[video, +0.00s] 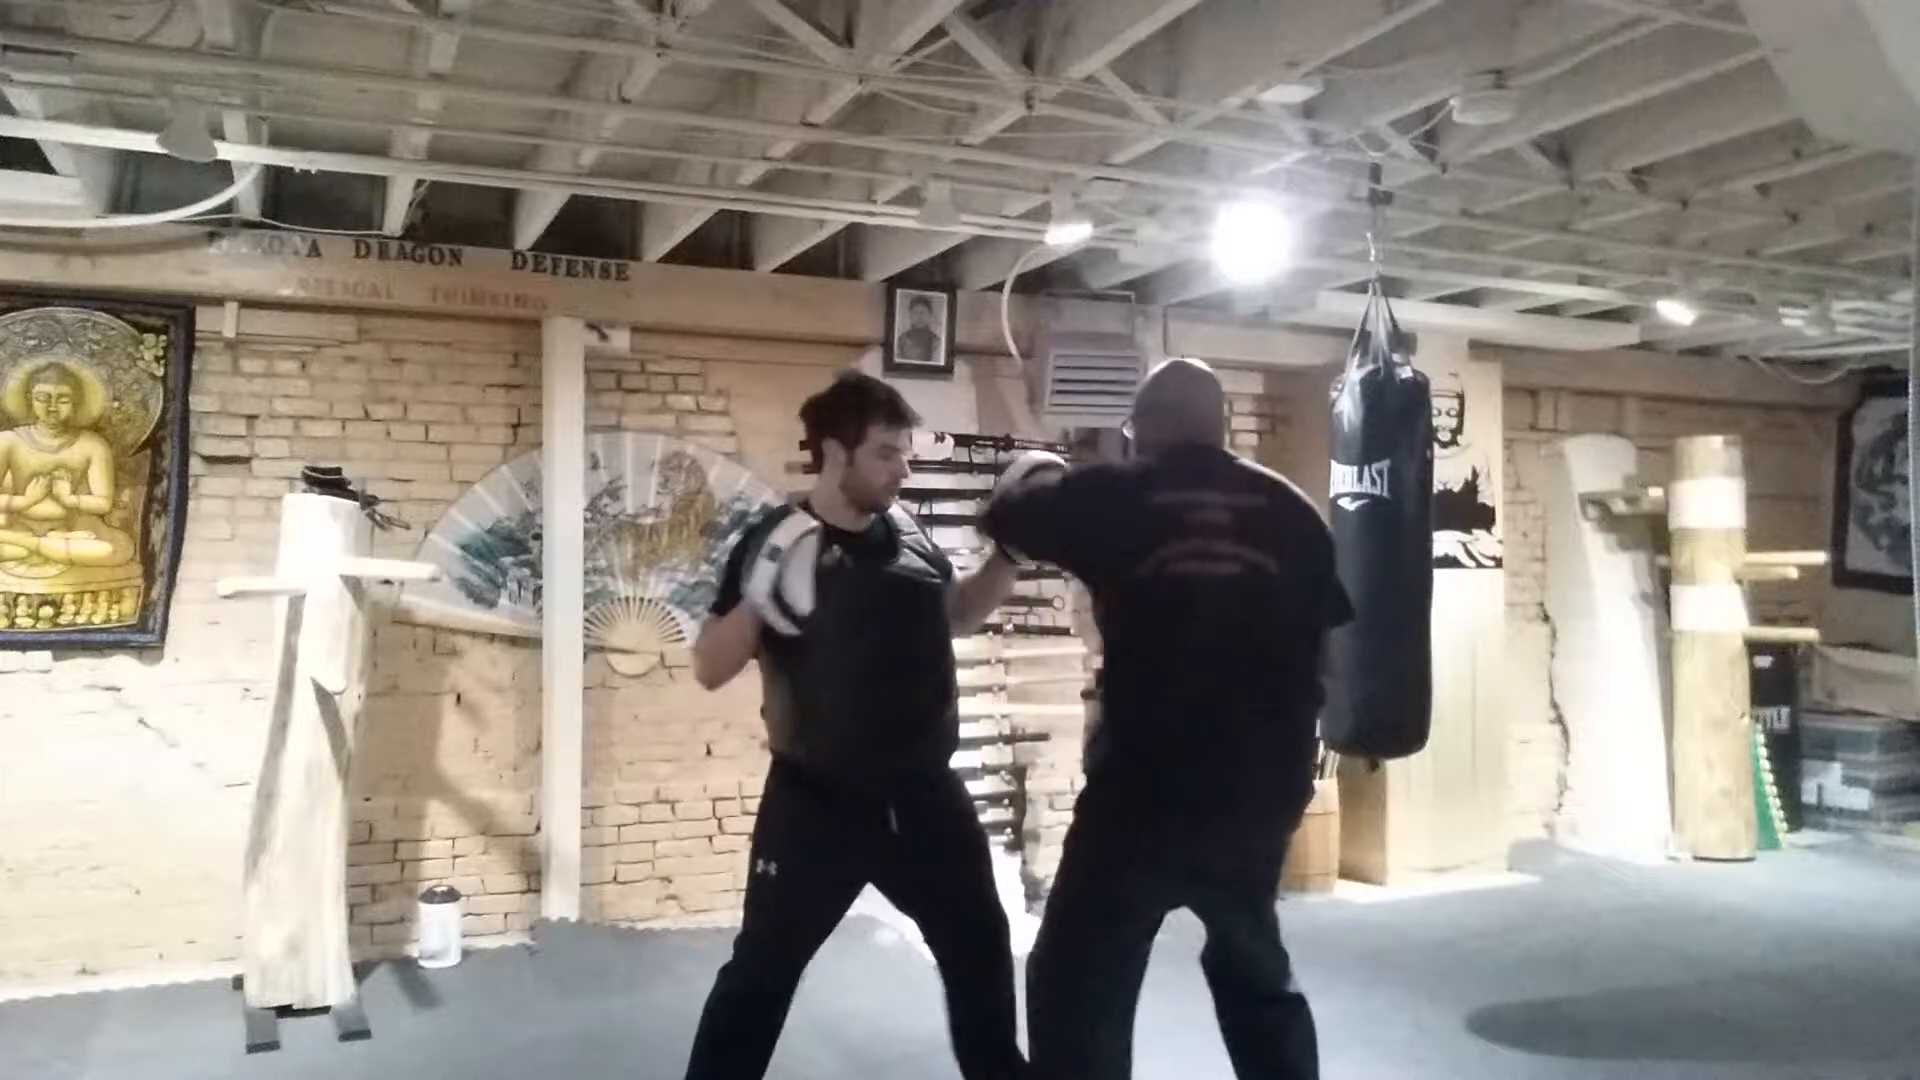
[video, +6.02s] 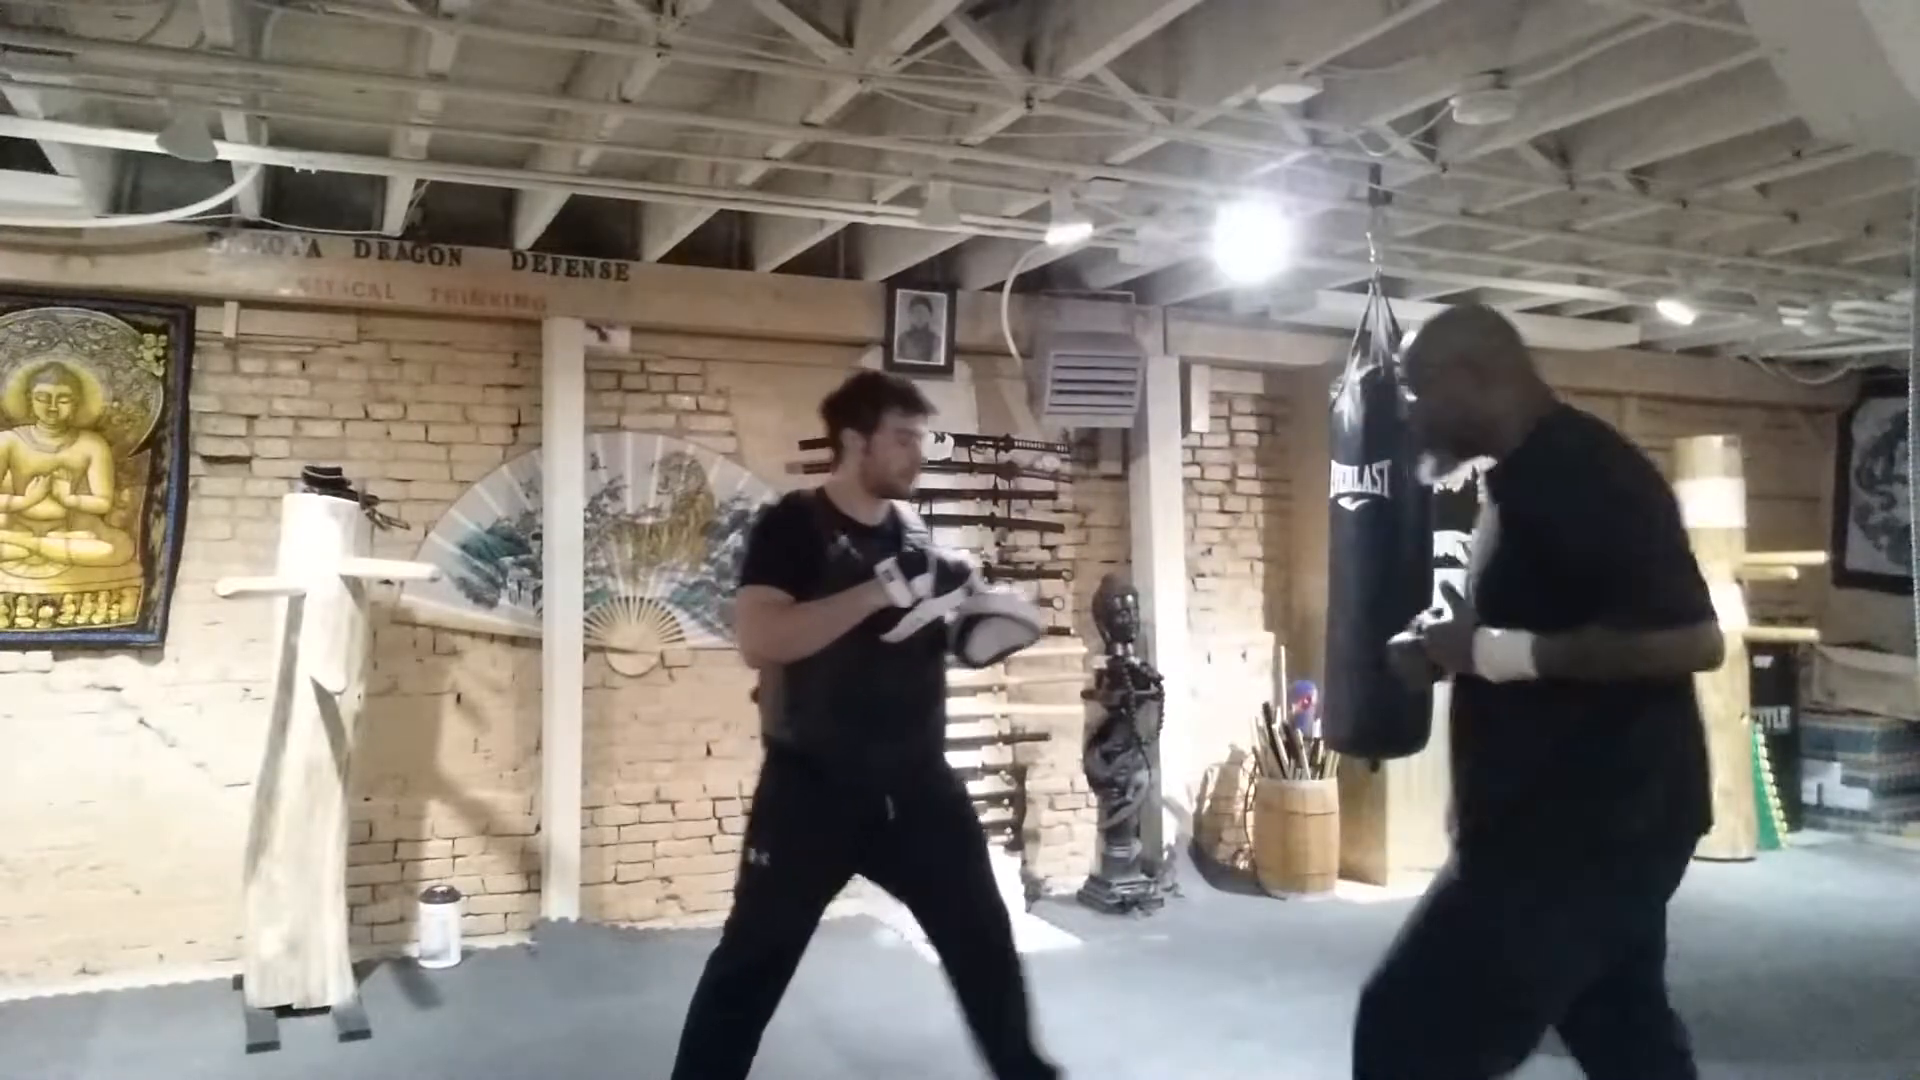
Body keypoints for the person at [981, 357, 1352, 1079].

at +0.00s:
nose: (1136, 435)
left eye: (1136, 425)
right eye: (1143, 427)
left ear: (1139, 430)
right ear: (1222, 425)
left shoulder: (1117, 495)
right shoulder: (1292, 509)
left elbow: (1010, 515)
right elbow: (1321, 635)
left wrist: (1039, 461)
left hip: (1143, 785)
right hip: (1262, 784)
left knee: (1075, 982)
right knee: (1252, 964)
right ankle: (1289, 1079)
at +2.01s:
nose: (1239, 424)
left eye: (1247, 407)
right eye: (1240, 407)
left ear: (1281, 408)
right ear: (1340, 404)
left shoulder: (1259, 488)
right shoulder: (1429, 491)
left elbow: (1114, 540)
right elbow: (1479, 627)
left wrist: (1051, 467)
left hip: (1306, 803)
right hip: (1428, 798)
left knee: (1189, 1018)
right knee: (1409, 1007)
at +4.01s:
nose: (1119, 431)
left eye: (1130, 414)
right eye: (1121, 415)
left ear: (1172, 417)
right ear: (1212, 414)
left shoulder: (1168, 515)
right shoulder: (1270, 491)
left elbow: (1088, 629)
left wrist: (1070, 553)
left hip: (1209, 793)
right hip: (1291, 778)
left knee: (1082, 979)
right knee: (1240, 951)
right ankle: (1304, 1074)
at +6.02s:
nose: (1411, 418)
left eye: (1419, 393)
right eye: (1409, 398)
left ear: (1477, 375)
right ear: (1488, 377)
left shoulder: (1590, 469)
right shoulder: (1529, 479)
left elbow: (1695, 639)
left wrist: (1500, 651)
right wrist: (1451, 642)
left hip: (1580, 835)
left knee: (1406, 1035)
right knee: (1630, 1043)